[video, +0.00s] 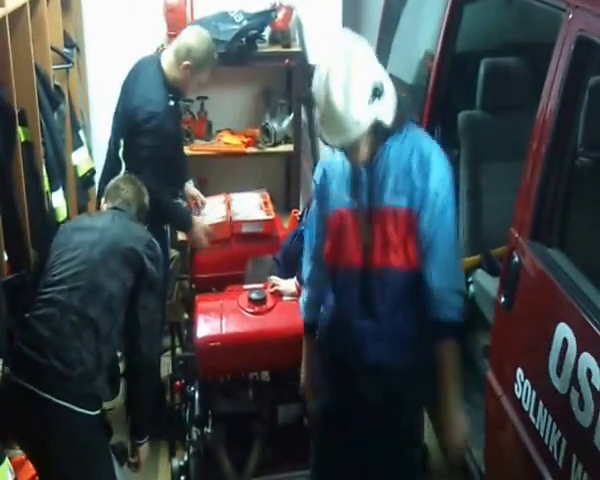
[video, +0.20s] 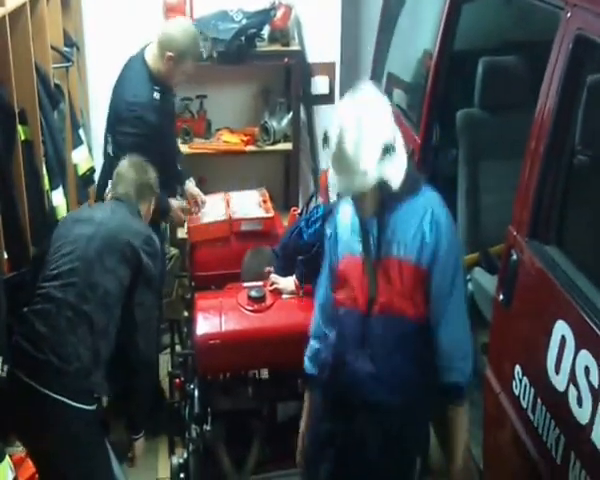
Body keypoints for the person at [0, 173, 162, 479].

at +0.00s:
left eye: (103, 201)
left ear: (104, 203)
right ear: (142, 212)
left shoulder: (68, 228)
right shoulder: (145, 245)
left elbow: (38, 296)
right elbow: (144, 347)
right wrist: (140, 434)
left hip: (18, 385)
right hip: (72, 404)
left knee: (53, 472)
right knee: (96, 472)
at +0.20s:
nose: (152, 213)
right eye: (154, 206)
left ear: (111, 191)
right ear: (151, 204)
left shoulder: (71, 219)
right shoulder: (144, 241)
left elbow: (32, 285)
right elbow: (142, 342)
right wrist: (137, 427)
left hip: (20, 378)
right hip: (71, 395)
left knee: (53, 472)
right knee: (98, 472)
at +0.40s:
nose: (169, 193)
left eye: (170, 183)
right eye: (169, 182)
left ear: (123, 167)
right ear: (155, 176)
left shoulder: (74, 208)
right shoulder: (135, 226)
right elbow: (135, 333)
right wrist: (133, 417)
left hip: (23, 367)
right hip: (66, 381)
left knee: (58, 470)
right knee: (94, 472)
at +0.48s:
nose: (168, 190)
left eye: (171, 179)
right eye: (169, 178)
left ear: (122, 163)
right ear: (154, 171)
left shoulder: (82, 201)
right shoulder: (132, 221)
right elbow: (135, 328)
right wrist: (133, 413)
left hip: (26, 363)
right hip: (63, 376)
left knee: (60, 470)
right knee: (94, 472)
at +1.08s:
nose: (174, 225)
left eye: (181, 218)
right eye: (178, 216)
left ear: (159, 194)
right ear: (161, 198)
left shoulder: (117, 207)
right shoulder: (94, 229)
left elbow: (123, 302)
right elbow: (84, 347)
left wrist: (141, 360)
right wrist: (108, 438)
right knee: (79, 471)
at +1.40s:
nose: (189, 213)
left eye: (193, 204)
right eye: (191, 203)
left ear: (171, 189)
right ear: (173, 193)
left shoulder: (130, 201)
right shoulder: (113, 215)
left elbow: (128, 309)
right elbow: (101, 317)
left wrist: (156, 364)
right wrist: (113, 406)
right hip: (60, 370)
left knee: (113, 463)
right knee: (82, 466)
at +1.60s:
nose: (180, 209)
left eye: (186, 201)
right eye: (184, 198)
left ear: (160, 174)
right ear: (172, 184)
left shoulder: (121, 186)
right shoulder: (134, 201)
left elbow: (133, 293)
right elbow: (134, 299)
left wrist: (152, 356)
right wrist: (150, 369)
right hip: (65, 353)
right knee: (99, 456)